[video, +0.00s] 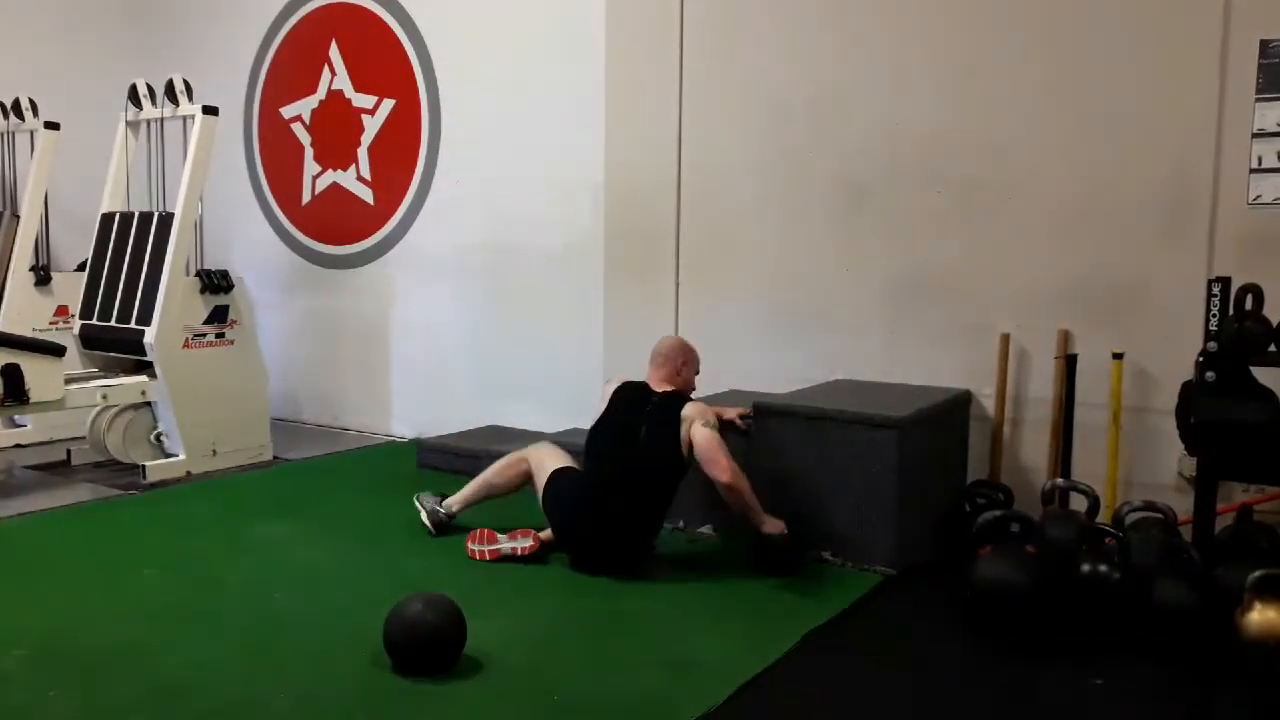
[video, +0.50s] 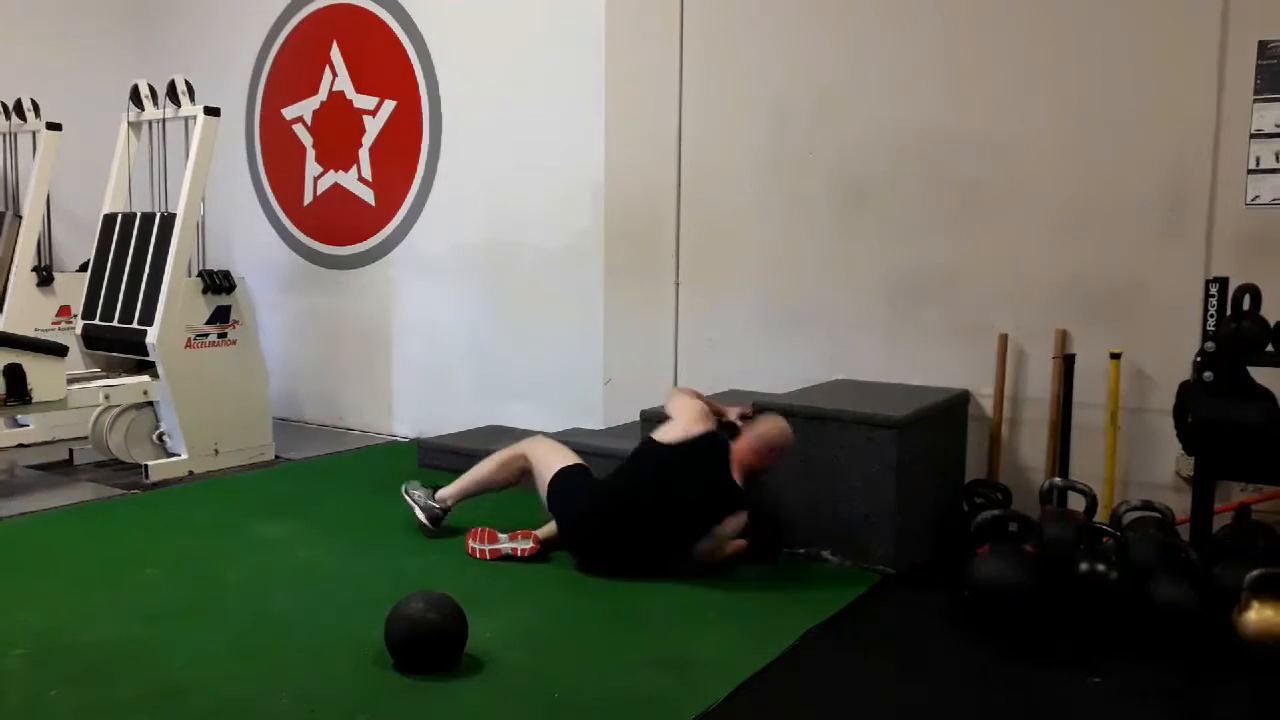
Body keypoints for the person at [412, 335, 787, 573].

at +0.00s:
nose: (695, 379)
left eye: (692, 373)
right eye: (695, 374)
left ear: (650, 369)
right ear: (689, 377)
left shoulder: (619, 392)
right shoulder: (695, 413)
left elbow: (656, 410)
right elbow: (723, 475)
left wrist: (710, 413)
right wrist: (761, 519)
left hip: (580, 531)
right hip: (629, 551)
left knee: (538, 453)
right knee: (615, 481)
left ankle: (447, 508)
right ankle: (539, 538)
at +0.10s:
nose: (700, 381)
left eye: (699, 374)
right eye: (701, 375)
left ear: (657, 365)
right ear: (691, 373)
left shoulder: (621, 389)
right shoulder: (694, 413)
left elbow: (653, 415)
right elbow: (714, 480)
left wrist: (709, 414)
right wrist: (754, 525)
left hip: (585, 533)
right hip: (637, 550)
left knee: (536, 455)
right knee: (613, 484)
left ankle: (444, 507)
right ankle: (539, 538)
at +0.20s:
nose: (709, 387)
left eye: (707, 381)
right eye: (710, 382)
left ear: (668, 369)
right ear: (703, 381)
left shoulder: (625, 391)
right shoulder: (696, 421)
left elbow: (648, 420)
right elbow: (699, 497)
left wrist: (705, 414)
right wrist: (747, 542)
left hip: (584, 527)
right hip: (636, 550)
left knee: (540, 459)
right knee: (613, 491)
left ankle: (447, 508)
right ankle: (537, 539)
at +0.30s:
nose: (727, 399)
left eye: (726, 396)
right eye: (728, 394)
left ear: (688, 381)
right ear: (720, 397)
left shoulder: (647, 396)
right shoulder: (697, 445)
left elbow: (674, 414)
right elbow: (682, 526)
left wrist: (716, 416)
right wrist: (740, 551)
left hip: (579, 524)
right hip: (622, 553)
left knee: (542, 458)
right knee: (616, 493)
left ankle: (449, 509)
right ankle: (540, 538)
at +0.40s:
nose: (748, 427)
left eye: (746, 417)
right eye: (749, 421)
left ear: (709, 398)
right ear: (741, 424)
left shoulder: (662, 398)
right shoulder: (709, 474)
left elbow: (691, 404)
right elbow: (682, 554)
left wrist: (720, 408)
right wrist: (738, 550)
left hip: (575, 517)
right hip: (616, 558)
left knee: (537, 454)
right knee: (623, 503)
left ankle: (445, 508)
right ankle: (539, 539)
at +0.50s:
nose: (761, 446)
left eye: (757, 431)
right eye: (772, 449)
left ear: (743, 429)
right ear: (769, 463)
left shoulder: (695, 421)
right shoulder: (739, 514)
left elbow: (678, 393)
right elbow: (702, 557)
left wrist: (723, 410)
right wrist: (732, 544)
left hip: (590, 518)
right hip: (629, 563)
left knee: (535, 448)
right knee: (618, 493)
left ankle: (440, 500)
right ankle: (537, 537)